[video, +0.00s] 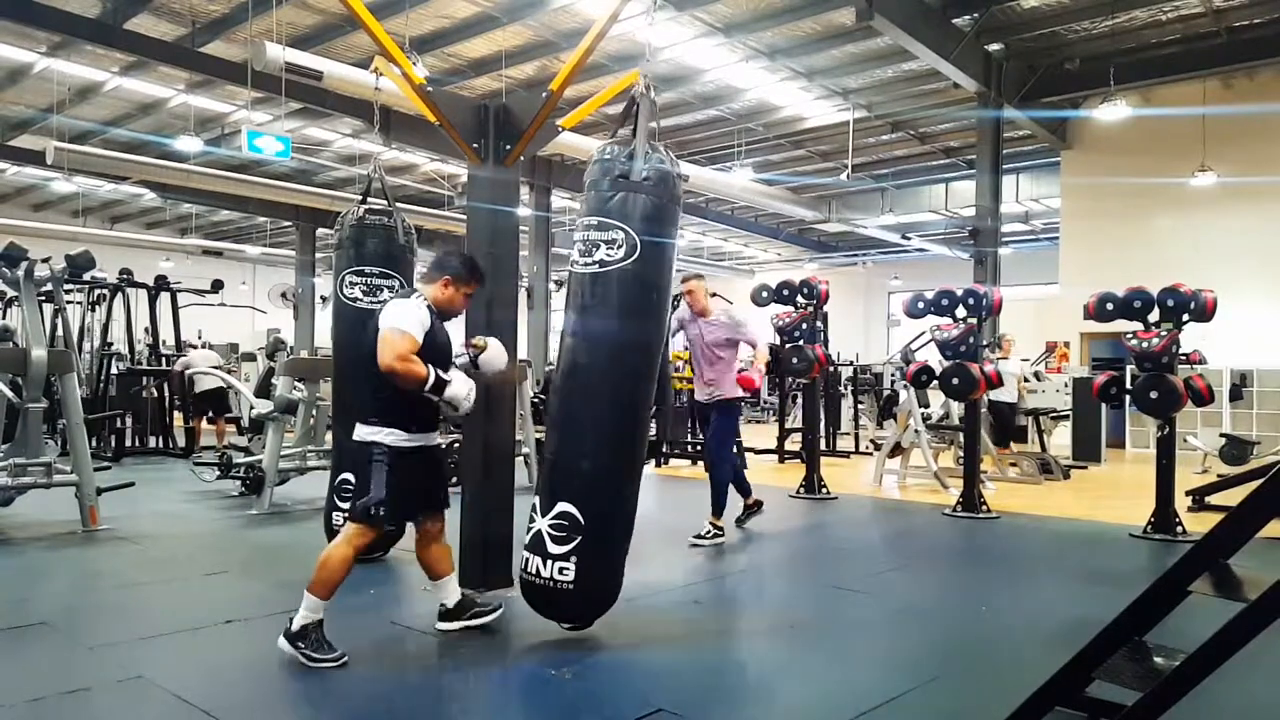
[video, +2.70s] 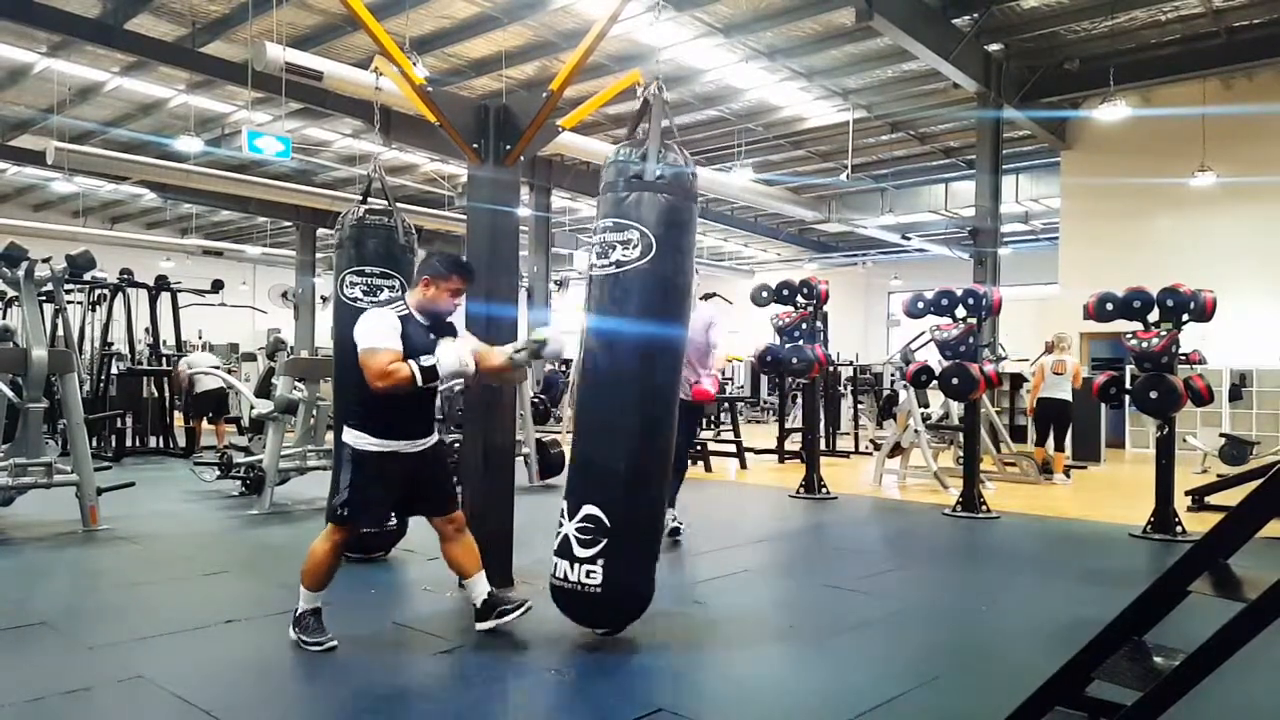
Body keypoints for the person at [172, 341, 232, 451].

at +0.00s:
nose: (186, 355)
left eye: (186, 353)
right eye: (186, 353)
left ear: (188, 351)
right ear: (197, 347)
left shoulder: (188, 357)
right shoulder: (212, 353)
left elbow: (176, 369)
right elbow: (222, 365)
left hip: (202, 389)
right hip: (219, 386)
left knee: (197, 420)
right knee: (220, 419)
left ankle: (197, 446)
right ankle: (219, 445)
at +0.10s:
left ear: (187, 352)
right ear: (199, 349)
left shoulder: (186, 362)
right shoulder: (210, 355)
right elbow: (218, 370)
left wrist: (184, 404)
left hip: (199, 390)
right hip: (217, 387)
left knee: (196, 420)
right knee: (219, 418)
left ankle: (197, 447)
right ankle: (219, 446)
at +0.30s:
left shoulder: (180, 365)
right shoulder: (206, 357)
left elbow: (180, 390)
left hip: (199, 390)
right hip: (217, 386)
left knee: (196, 420)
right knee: (219, 418)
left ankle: (196, 447)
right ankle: (219, 446)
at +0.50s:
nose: (171, 367)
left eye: (172, 365)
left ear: (175, 360)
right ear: (185, 356)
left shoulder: (176, 364)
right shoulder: (201, 356)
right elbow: (217, 367)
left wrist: (140, 388)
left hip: (200, 391)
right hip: (217, 387)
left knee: (196, 421)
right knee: (219, 419)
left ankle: (196, 447)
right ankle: (220, 446)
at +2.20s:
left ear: (176, 360)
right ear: (187, 355)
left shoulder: (176, 363)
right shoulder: (201, 357)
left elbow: (160, 380)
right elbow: (215, 367)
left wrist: (142, 386)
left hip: (199, 391)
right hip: (217, 387)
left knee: (196, 422)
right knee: (218, 419)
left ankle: (196, 448)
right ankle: (220, 446)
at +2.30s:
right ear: (187, 355)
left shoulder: (178, 364)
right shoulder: (202, 357)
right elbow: (214, 368)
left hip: (200, 390)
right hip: (217, 386)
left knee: (196, 421)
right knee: (218, 419)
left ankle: (196, 447)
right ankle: (220, 446)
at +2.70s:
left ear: (188, 352)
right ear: (200, 350)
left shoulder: (184, 360)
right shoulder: (210, 356)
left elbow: (184, 380)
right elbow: (221, 368)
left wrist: (183, 399)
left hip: (201, 391)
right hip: (220, 388)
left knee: (197, 421)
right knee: (220, 420)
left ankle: (197, 447)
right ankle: (220, 446)